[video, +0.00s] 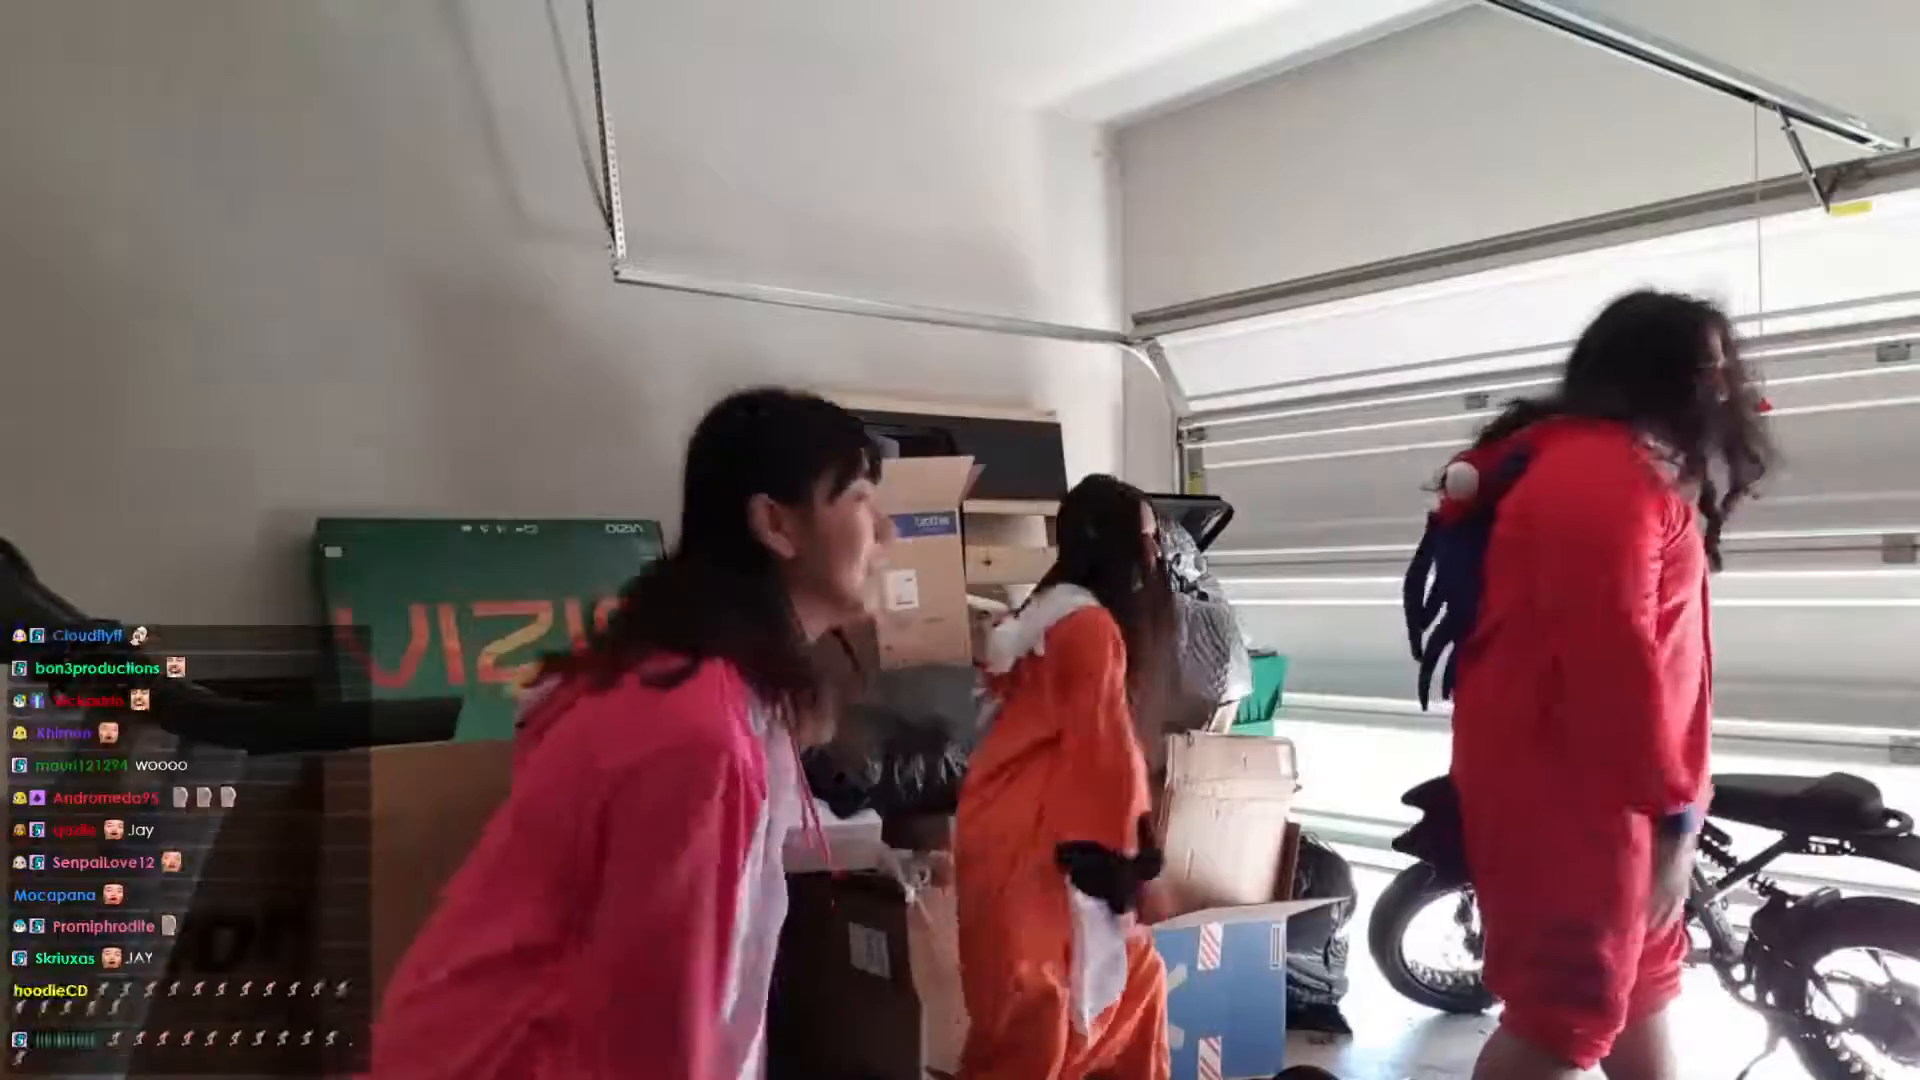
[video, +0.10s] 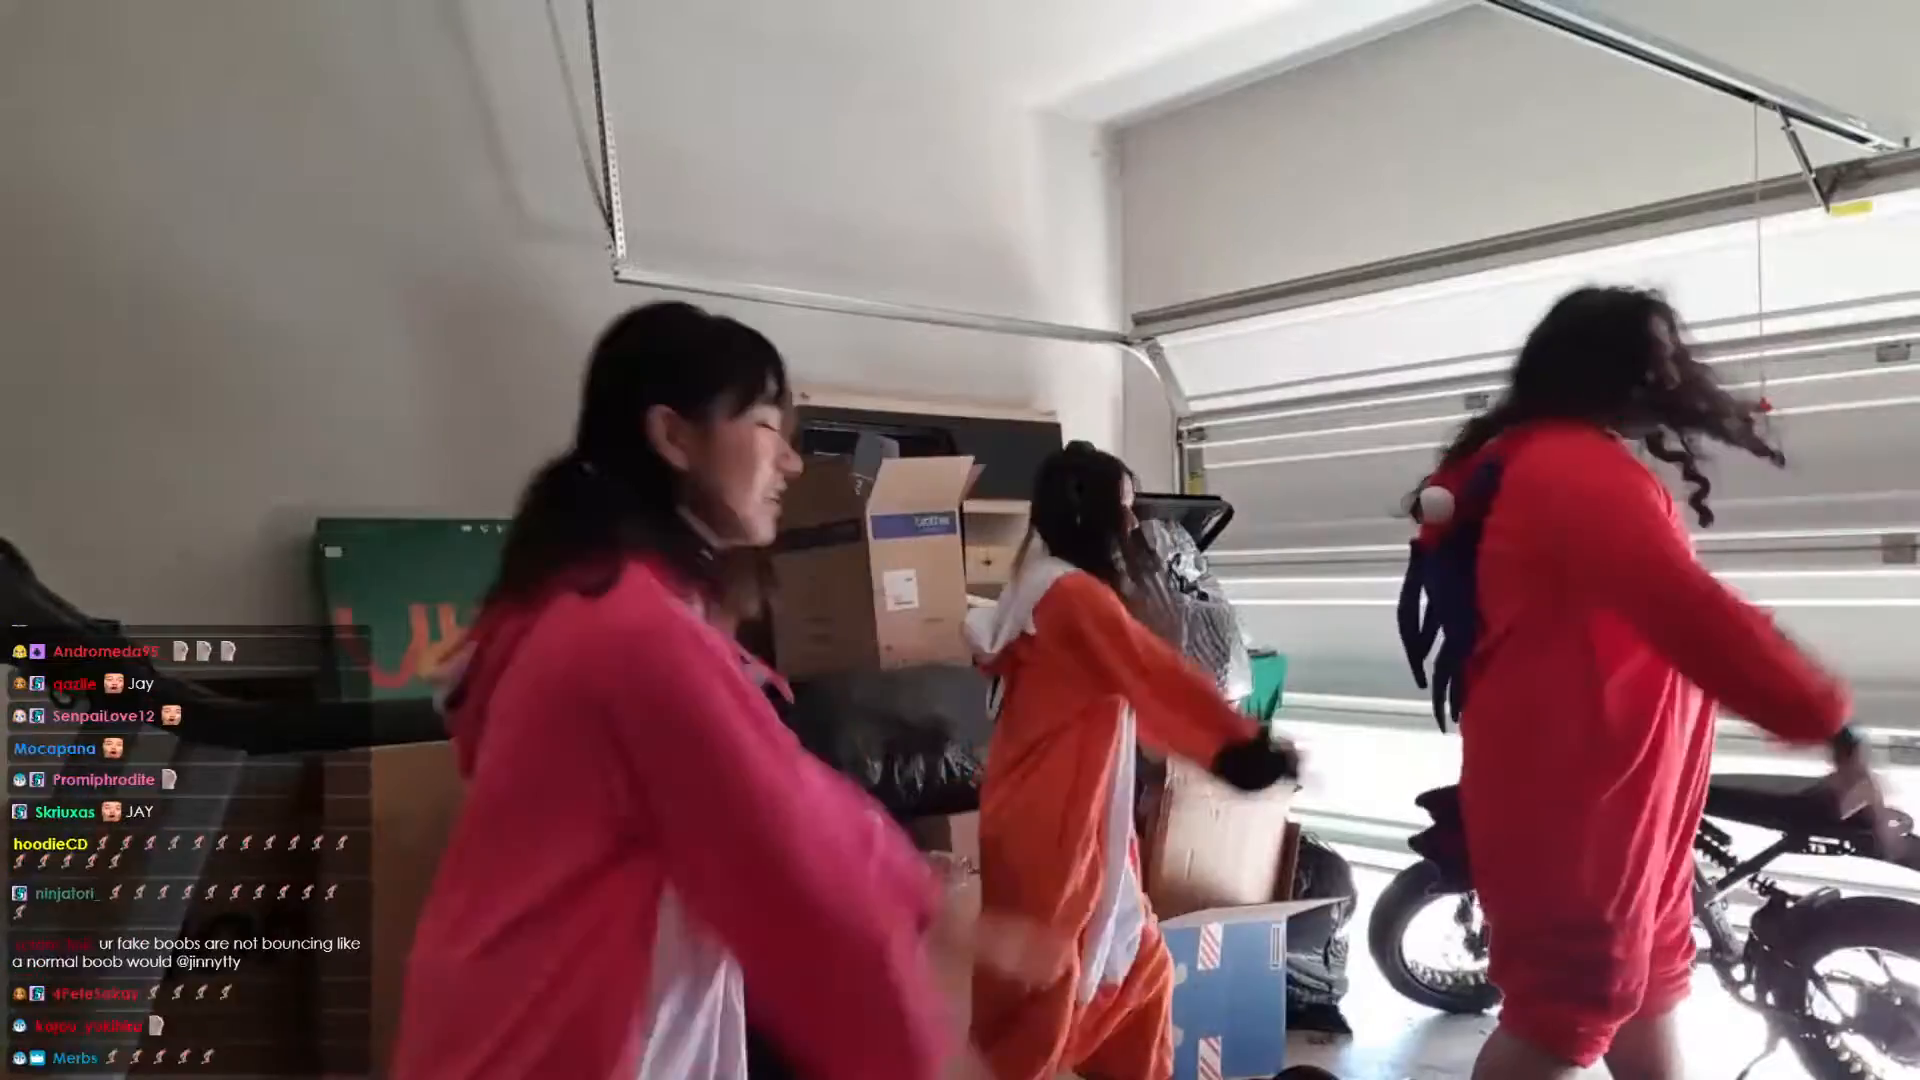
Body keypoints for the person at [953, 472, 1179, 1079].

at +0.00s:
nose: (1157, 552)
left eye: (1155, 537)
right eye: (1149, 537)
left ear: (1080, 539)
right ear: (1119, 545)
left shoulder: (1050, 607)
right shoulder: (1089, 623)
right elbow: (1104, 746)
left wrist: (1135, 841)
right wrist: (1137, 856)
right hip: (1031, 831)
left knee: (1141, 970)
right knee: (1038, 988)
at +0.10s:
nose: (1137, 522)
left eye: (1135, 506)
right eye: (1127, 507)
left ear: (1060, 513)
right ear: (1092, 513)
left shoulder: (1053, 585)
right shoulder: (1075, 594)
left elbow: (1145, 692)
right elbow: (1154, 676)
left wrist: (1234, 743)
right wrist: (1245, 740)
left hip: (1073, 819)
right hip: (1049, 822)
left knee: (1142, 963)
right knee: (1039, 984)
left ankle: (1130, 1075)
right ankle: (1016, 1071)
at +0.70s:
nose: (1134, 544)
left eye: (1132, 529)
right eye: (1127, 530)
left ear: (1051, 532)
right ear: (1107, 536)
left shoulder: (1061, 601)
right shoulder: (1063, 605)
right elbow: (1141, 677)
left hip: (1066, 810)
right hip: (1012, 808)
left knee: (1102, 957)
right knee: (1010, 954)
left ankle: (1118, 1062)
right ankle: (992, 1063)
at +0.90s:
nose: (1135, 555)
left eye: (1130, 539)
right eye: (1129, 541)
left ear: (1046, 545)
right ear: (1111, 552)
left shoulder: (1052, 620)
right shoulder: (1067, 627)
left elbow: (1118, 741)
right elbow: (1087, 751)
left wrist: (1144, 840)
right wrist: (1123, 867)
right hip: (1015, 849)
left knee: (1144, 975)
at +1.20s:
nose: (1123, 541)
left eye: (1123, 528)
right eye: (1113, 528)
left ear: (1053, 529)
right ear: (1084, 530)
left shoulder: (1089, 608)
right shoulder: (1062, 606)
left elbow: (974, 683)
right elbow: (1161, 568)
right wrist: (1231, 465)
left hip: (1153, 823)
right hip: (1098, 831)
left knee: (1192, 975)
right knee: (1073, 998)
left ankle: (1158, 1069)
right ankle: (1005, 1064)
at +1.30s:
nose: (1141, 538)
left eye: (1137, 523)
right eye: (1127, 523)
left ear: (1057, 541)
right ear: (1103, 539)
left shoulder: (1093, 621)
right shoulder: (1071, 626)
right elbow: (1153, 556)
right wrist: (1174, 446)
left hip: (1156, 822)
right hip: (1105, 835)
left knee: (1219, 979)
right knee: (1100, 1033)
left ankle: (1168, 1075)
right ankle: (1016, 1070)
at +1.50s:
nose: (1140, 525)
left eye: (1143, 510)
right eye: (1129, 509)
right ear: (1088, 509)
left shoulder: (1097, 589)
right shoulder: (1052, 583)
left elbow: (1168, 629)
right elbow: (1135, 619)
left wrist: (1255, 639)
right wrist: (1216, 596)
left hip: (1119, 801)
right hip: (1054, 800)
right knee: (1041, 1001)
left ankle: (1157, 1067)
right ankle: (998, 1069)